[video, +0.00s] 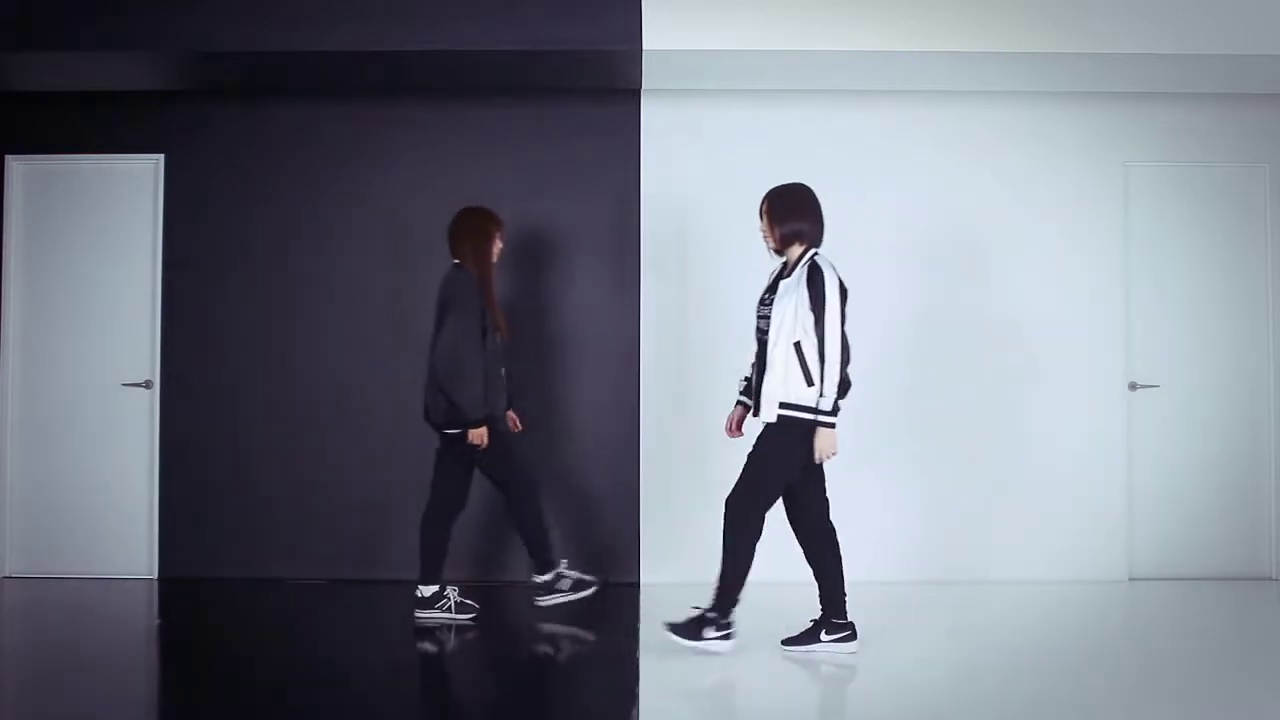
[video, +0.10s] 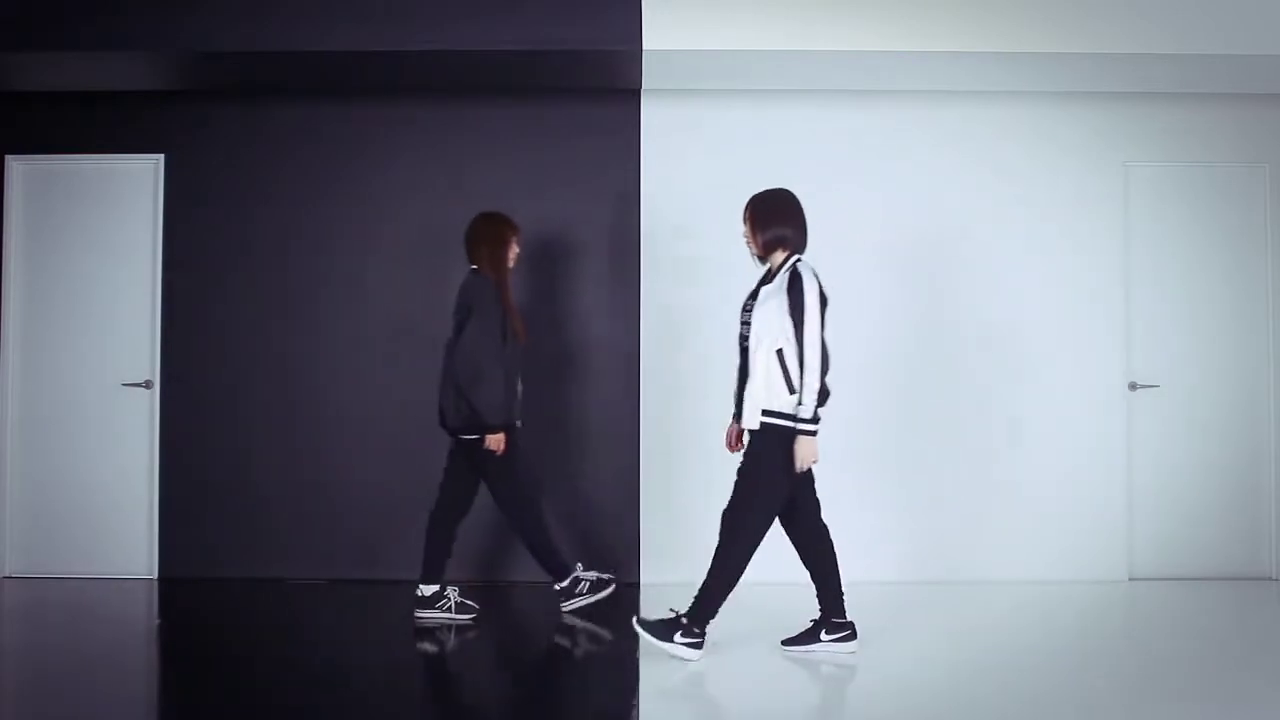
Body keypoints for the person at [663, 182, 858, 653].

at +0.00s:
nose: (762, 231)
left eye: (767, 221)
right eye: (762, 221)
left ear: (788, 221)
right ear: (796, 221)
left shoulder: (821, 273)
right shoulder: (781, 277)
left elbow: (834, 352)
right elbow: (767, 348)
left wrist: (826, 421)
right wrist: (745, 400)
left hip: (797, 421)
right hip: (783, 418)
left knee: (743, 506)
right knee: (811, 522)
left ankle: (719, 615)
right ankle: (836, 620)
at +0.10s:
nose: (745, 236)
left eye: (749, 227)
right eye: (745, 227)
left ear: (770, 227)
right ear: (780, 227)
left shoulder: (801, 278)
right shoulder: (768, 281)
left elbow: (813, 356)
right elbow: (756, 357)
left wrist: (806, 428)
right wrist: (740, 416)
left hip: (782, 427)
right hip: (767, 424)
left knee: (740, 525)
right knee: (805, 525)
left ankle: (692, 626)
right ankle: (836, 621)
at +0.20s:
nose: (726, 238)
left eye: (731, 228)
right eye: (726, 229)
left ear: (753, 228)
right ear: (763, 227)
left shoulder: (777, 275)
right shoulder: (754, 278)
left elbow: (786, 354)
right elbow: (755, 356)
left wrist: (781, 431)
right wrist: (735, 425)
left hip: (756, 427)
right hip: (752, 426)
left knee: (721, 529)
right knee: (793, 525)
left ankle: (682, 629)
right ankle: (833, 618)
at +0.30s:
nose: (708, 235)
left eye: (712, 225)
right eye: (707, 226)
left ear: (733, 224)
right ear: (744, 224)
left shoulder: (758, 272)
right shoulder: (737, 272)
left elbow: (755, 350)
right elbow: (738, 350)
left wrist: (745, 425)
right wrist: (724, 422)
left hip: (732, 423)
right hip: (733, 421)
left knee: (706, 526)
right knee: (774, 521)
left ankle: (680, 630)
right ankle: (825, 610)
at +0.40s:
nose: (687, 234)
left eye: (691, 225)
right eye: (686, 225)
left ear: (712, 222)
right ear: (724, 220)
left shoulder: (738, 268)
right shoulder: (719, 270)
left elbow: (726, 348)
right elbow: (710, 347)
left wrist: (703, 420)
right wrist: (691, 414)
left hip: (718, 418)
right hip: (712, 416)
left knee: (694, 524)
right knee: (743, 517)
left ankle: (678, 629)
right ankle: (813, 603)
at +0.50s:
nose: (670, 234)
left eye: (674, 224)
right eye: (670, 224)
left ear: (695, 222)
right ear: (707, 220)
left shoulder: (721, 269)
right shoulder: (704, 270)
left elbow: (701, 347)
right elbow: (689, 348)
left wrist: (666, 414)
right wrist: (662, 410)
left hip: (701, 415)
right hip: (692, 414)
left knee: (678, 525)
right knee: (698, 522)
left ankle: (676, 631)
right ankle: (784, 590)